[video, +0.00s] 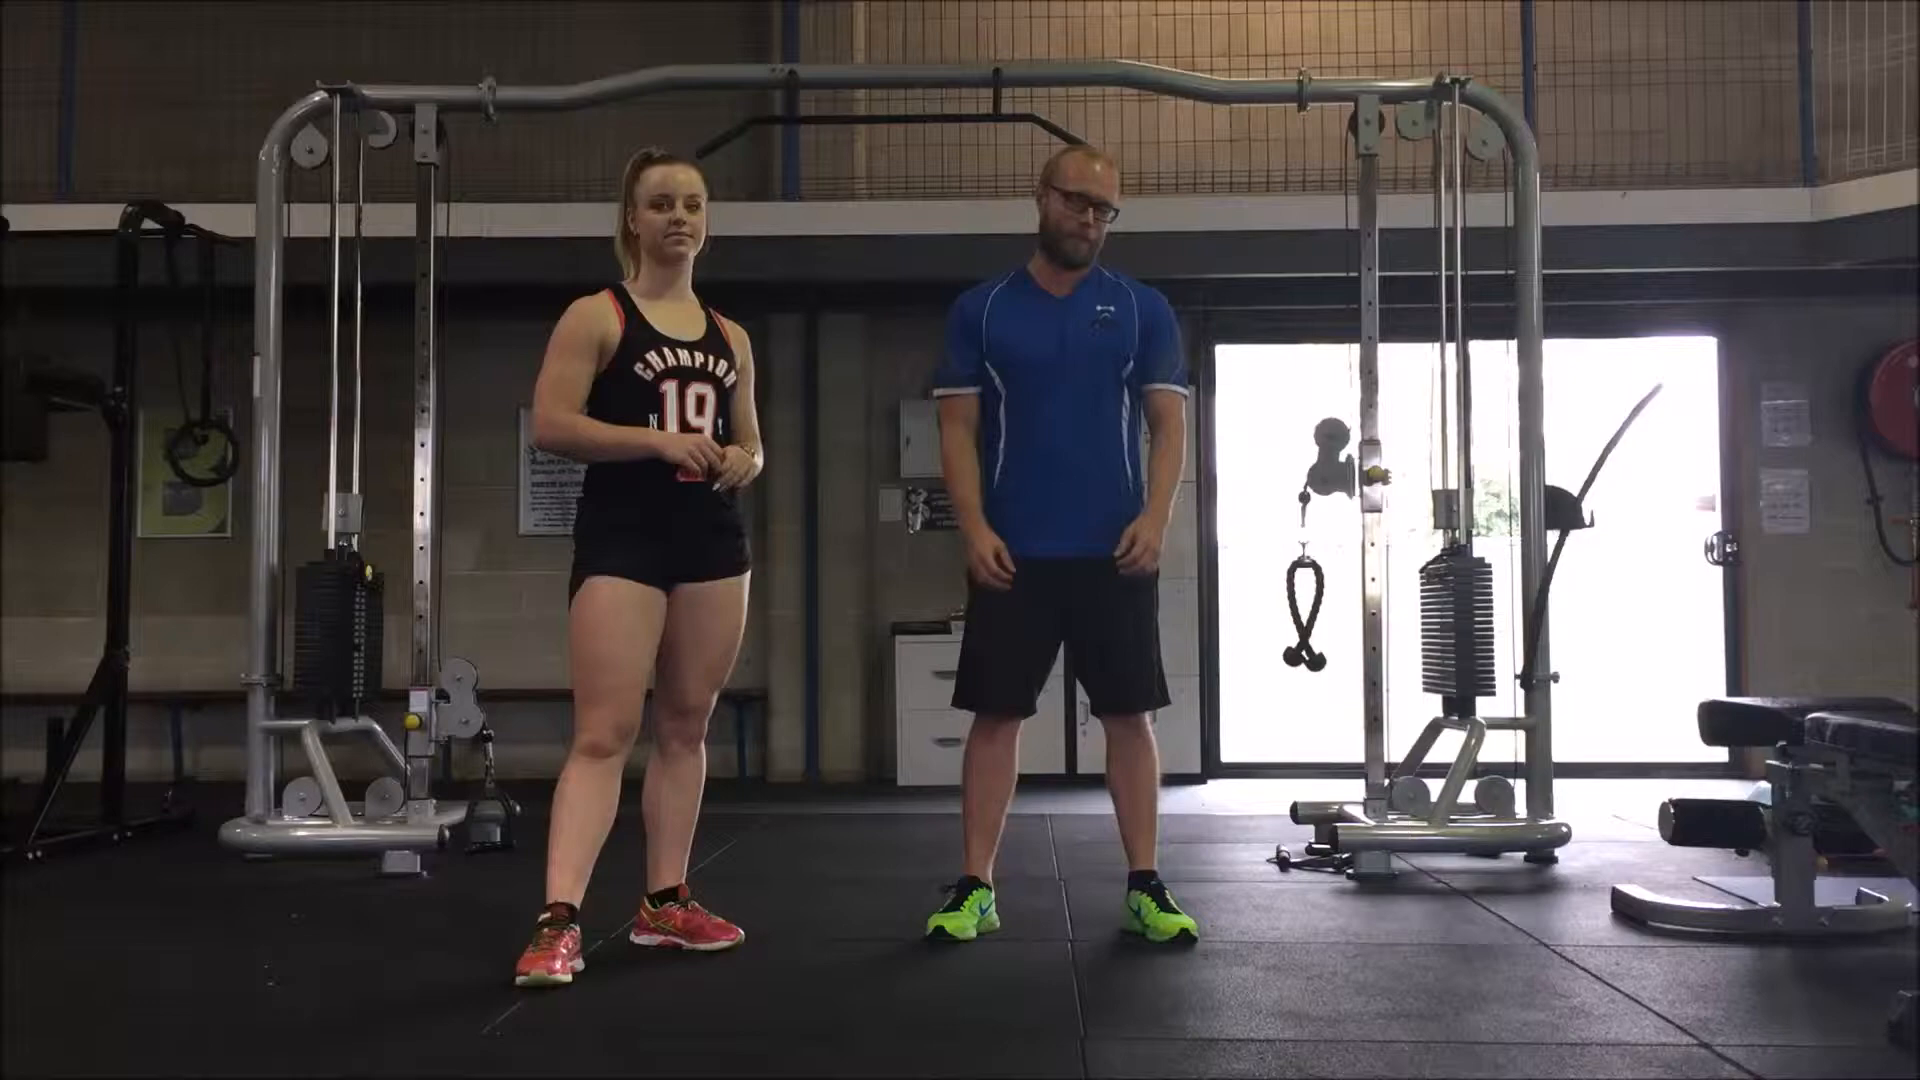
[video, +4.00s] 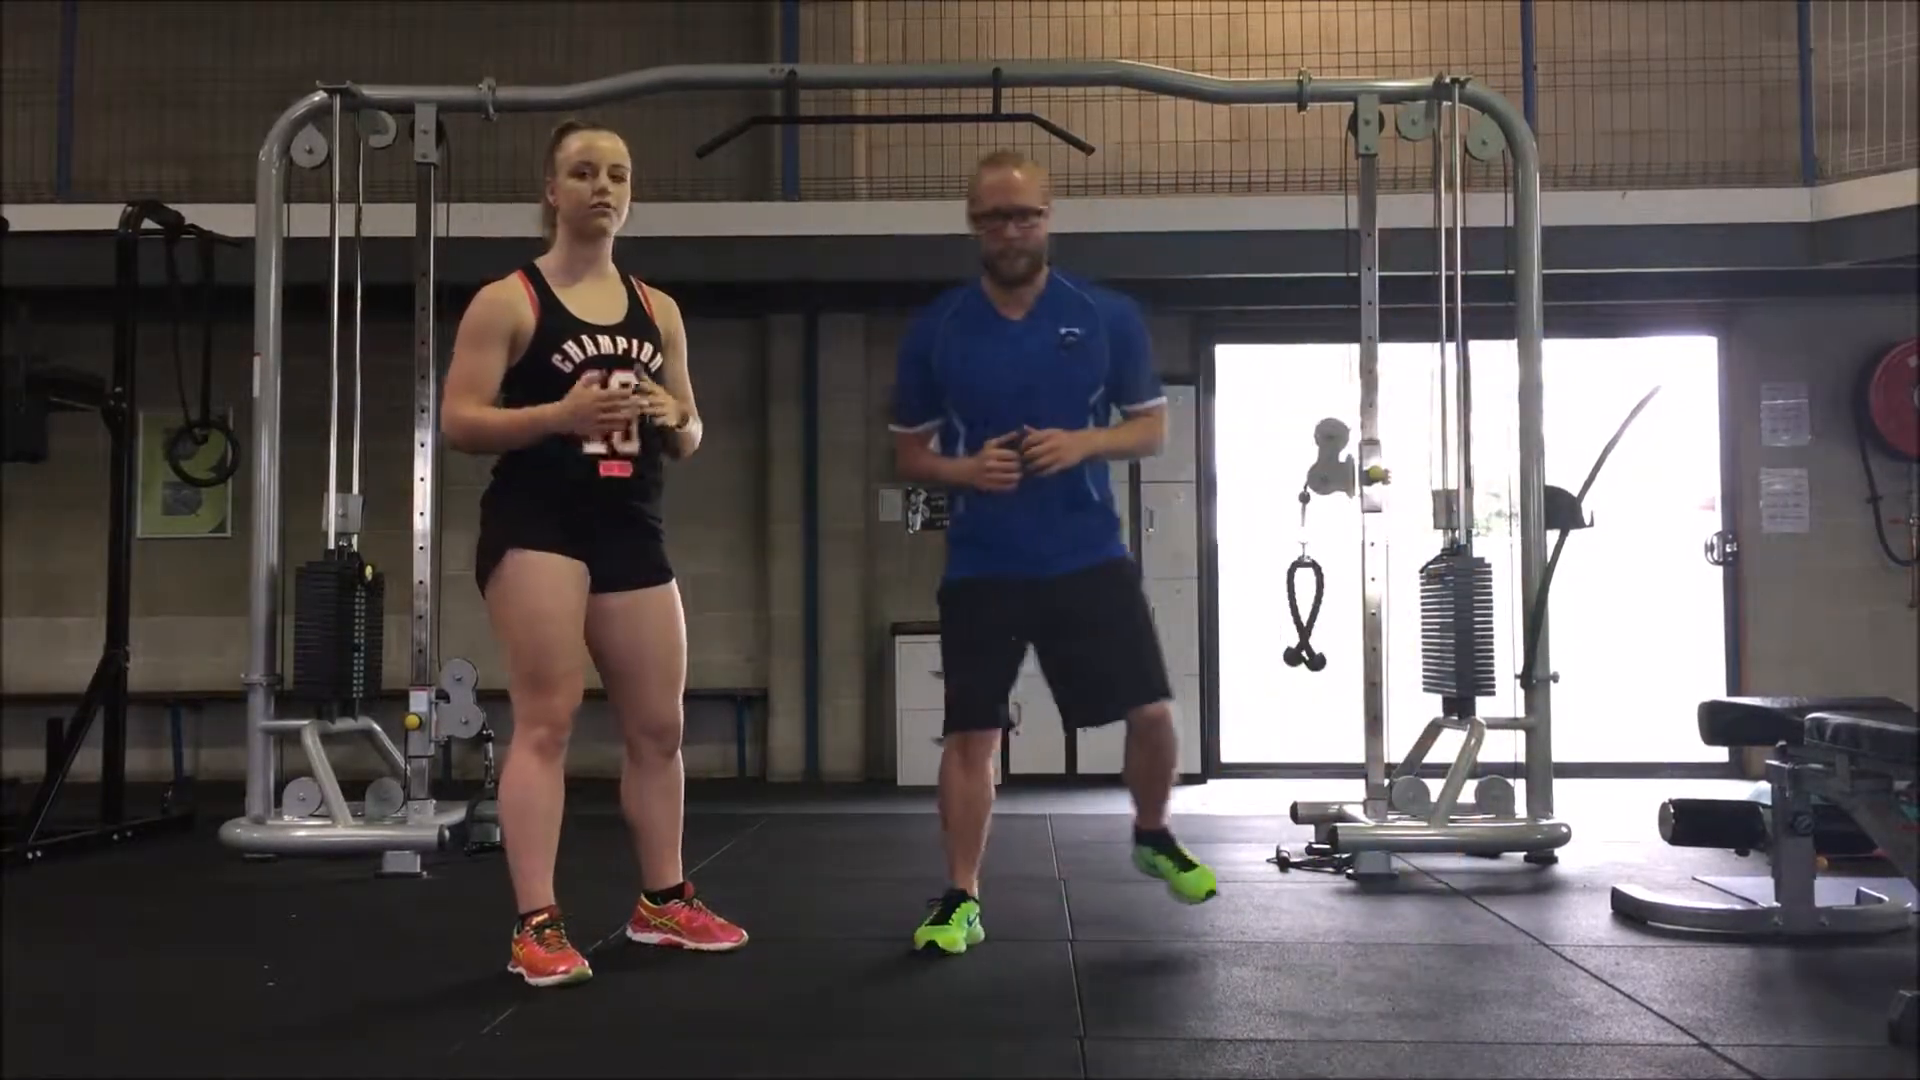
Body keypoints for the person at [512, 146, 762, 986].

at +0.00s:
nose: (679, 216)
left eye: (691, 205)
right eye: (662, 204)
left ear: (708, 221)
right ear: (631, 219)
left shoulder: (730, 337)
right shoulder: (595, 316)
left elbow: (748, 442)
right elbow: (550, 423)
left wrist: (742, 458)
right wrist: (657, 438)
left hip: (714, 549)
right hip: (621, 545)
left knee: (686, 728)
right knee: (602, 736)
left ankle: (667, 901)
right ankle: (559, 919)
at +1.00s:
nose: (661, 202)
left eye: (675, 192)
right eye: (645, 190)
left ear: (693, 215)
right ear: (615, 211)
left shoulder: (723, 322)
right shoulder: (574, 316)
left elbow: (763, 428)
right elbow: (532, 430)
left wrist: (740, 449)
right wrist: (630, 442)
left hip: (694, 545)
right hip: (600, 539)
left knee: (667, 726)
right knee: (583, 722)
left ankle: (665, 901)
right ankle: (539, 920)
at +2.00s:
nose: (605, 188)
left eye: (618, 177)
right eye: (588, 174)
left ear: (633, 198)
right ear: (553, 190)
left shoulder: (663, 306)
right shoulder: (512, 304)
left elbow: (699, 423)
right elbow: (465, 423)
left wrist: (679, 418)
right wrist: (574, 427)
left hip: (639, 533)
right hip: (545, 527)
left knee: (652, 731)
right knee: (546, 722)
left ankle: (662, 900)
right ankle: (537, 923)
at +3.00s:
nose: (655, 200)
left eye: (656, 186)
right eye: (640, 184)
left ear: (622, 199)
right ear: (587, 191)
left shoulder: (662, 306)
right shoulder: (526, 303)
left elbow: (712, 411)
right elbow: (477, 423)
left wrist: (714, 449)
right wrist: (593, 428)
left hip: (648, 536)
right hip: (559, 532)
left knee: (650, 735)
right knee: (555, 726)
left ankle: (662, 903)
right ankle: (539, 925)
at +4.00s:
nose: (601, 188)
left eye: (615, 176)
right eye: (583, 173)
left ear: (630, 196)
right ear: (550, 190)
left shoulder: (658, 310)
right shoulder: (504, 302)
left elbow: (689, 437)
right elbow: (460, 422)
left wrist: (668, 418)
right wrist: (563, 415)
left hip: (630, 530)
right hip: (536, 524)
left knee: (659, 730)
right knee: (545, 719)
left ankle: (665, 901)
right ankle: (537, 924)